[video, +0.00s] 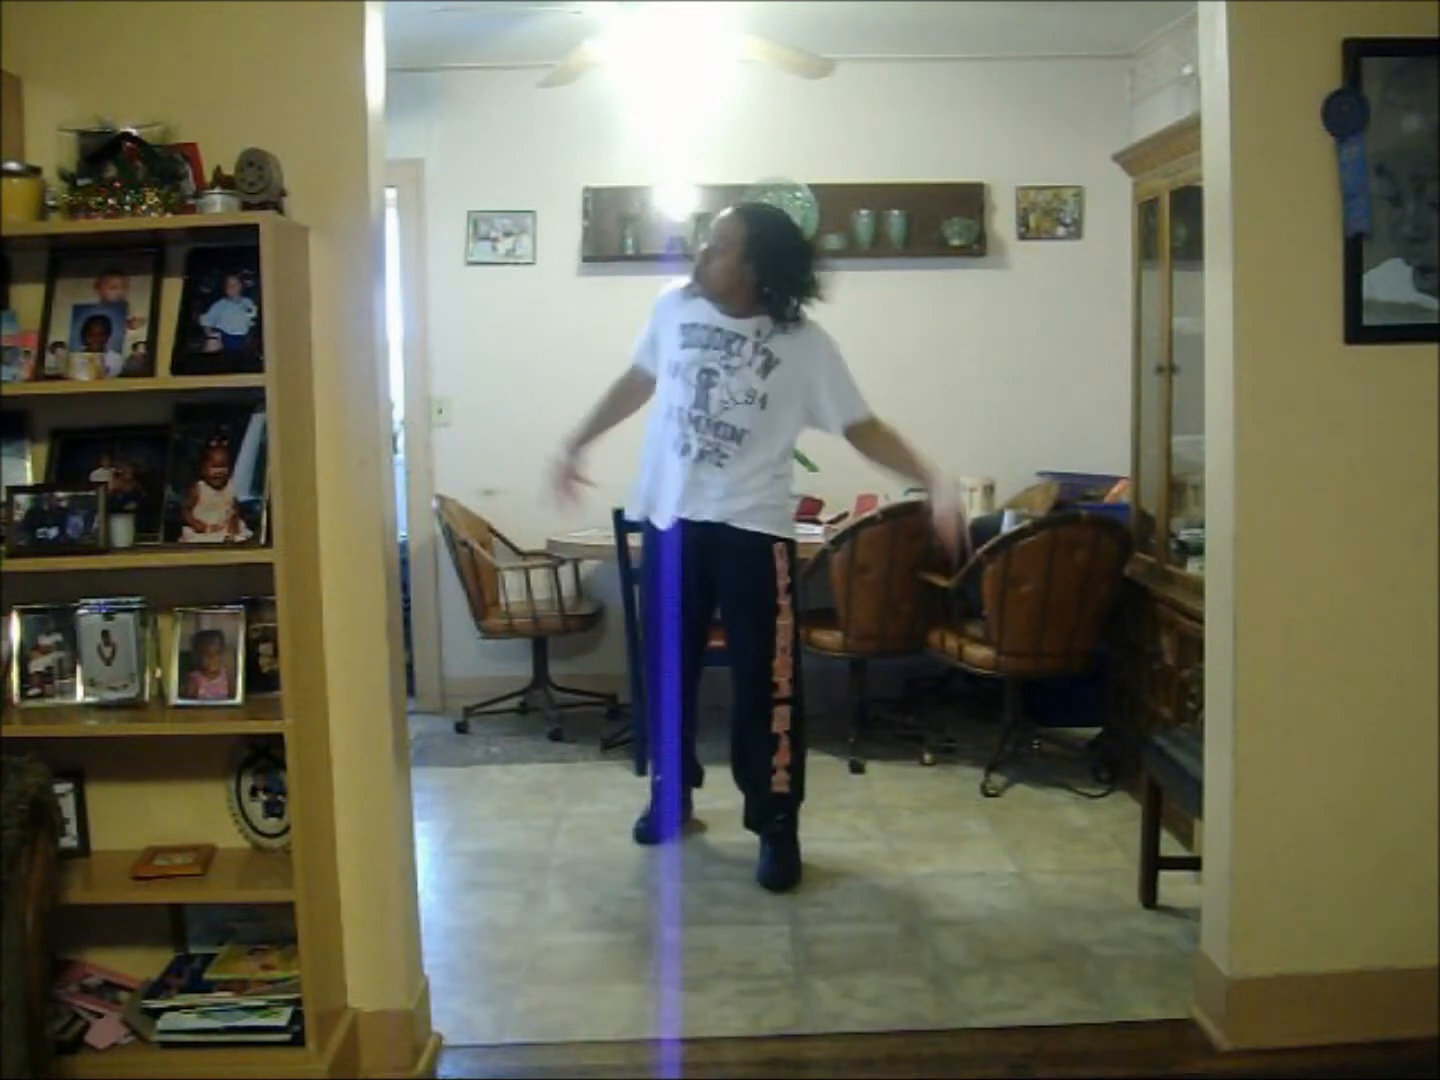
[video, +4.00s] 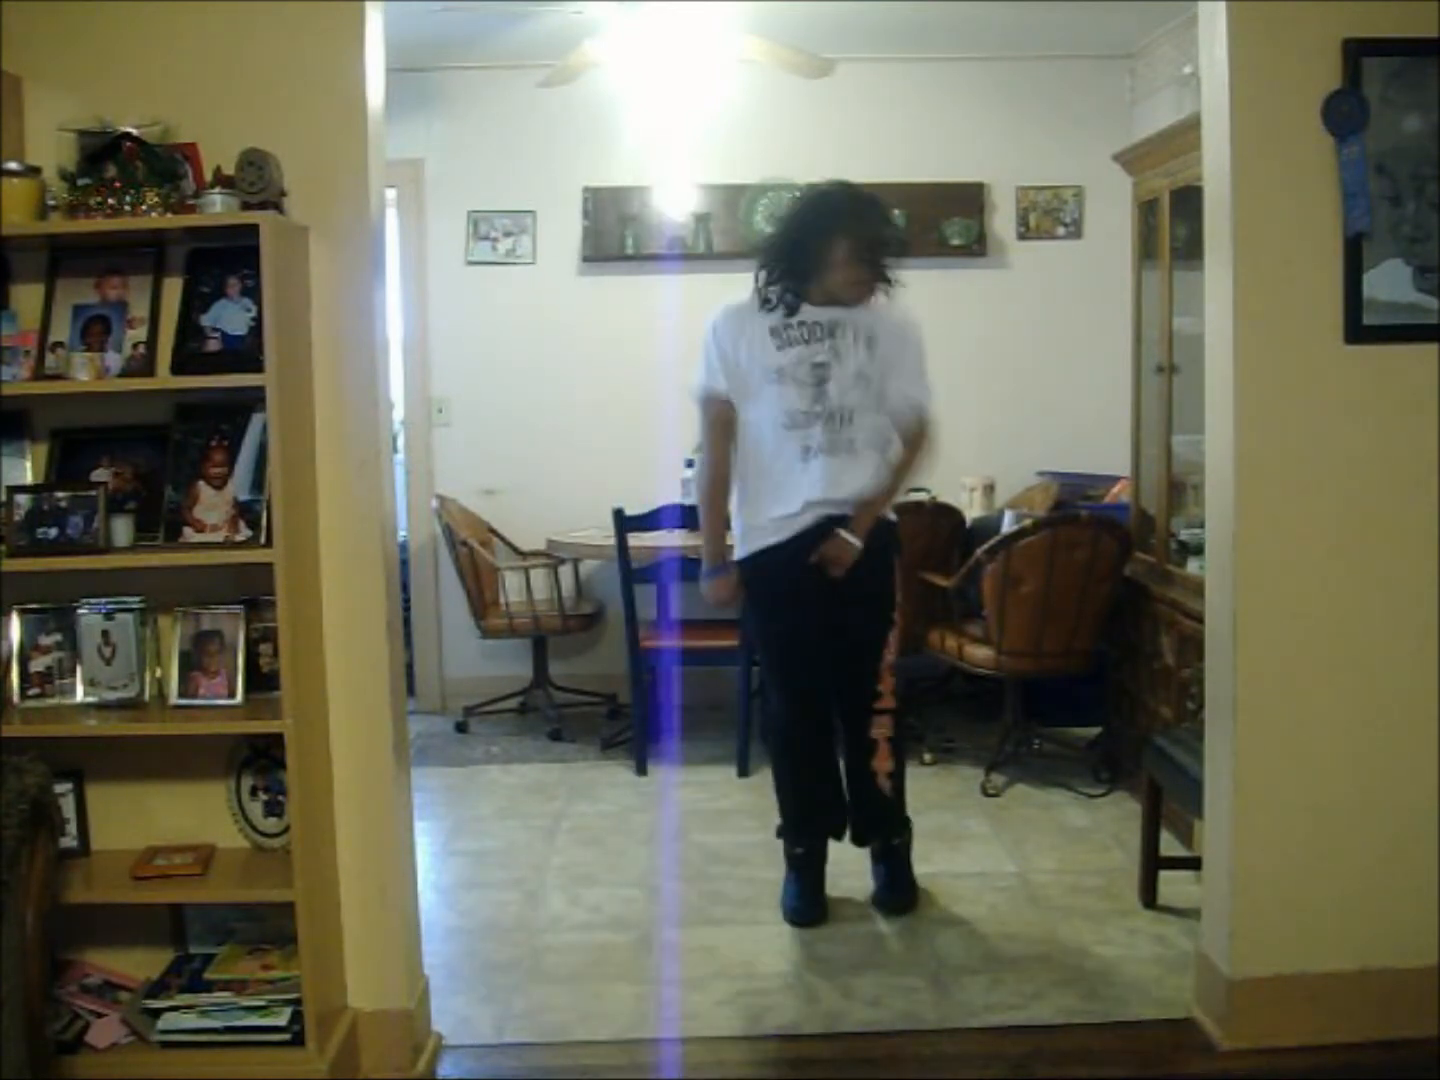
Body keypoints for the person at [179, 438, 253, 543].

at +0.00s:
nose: (219, 472)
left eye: (224, 467)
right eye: (214, 466)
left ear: (230, 469)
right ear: (203, 468)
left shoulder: (231, 488)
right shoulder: (199, 488)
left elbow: (236, 509)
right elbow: (186, 511)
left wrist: (234, 523)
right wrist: (199, 526)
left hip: (225, 533)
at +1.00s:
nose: (219, 472)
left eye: (224, 467)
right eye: (214, 466)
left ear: (231, 469)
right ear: (203, 468)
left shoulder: (231, 488)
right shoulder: (199, 489)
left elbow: (236, 509)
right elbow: (186, 511)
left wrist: (234, 524)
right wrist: (199, 526)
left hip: (225, 533)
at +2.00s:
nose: (219, 472)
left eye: (224, 467)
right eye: (214, 466)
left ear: (231, 469)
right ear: (203, 468)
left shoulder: (231, 488)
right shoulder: (199, 488)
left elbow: (236, 509)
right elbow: (186, 511)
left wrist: (234, 523)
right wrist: (199, 526)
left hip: (225, 534)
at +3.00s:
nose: (219, 472)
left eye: (224, 467)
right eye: (214, 466)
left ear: (231, 469)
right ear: (203, 468)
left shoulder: (231, 488)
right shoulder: (199, 488)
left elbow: (236, 509)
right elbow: (186, 511)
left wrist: (234, 523)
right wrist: (199, 526)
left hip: (225, 533)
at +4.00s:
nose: (219, 472)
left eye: (224, 467)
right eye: (213, 467)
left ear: (230, 469)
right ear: (203, 468)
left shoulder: (231, 488)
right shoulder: (199, 488)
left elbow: (236, 508)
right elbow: (186, 510)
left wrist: (234, 522)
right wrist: (199, 525)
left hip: (225, 532)